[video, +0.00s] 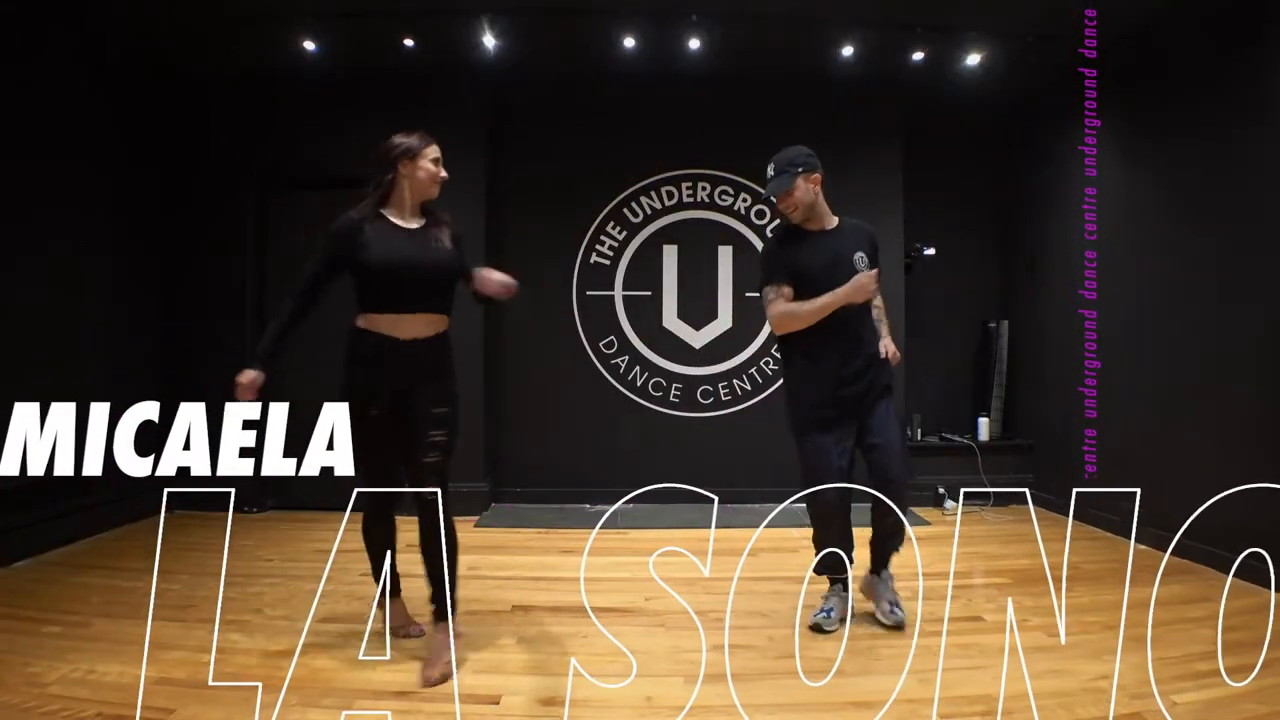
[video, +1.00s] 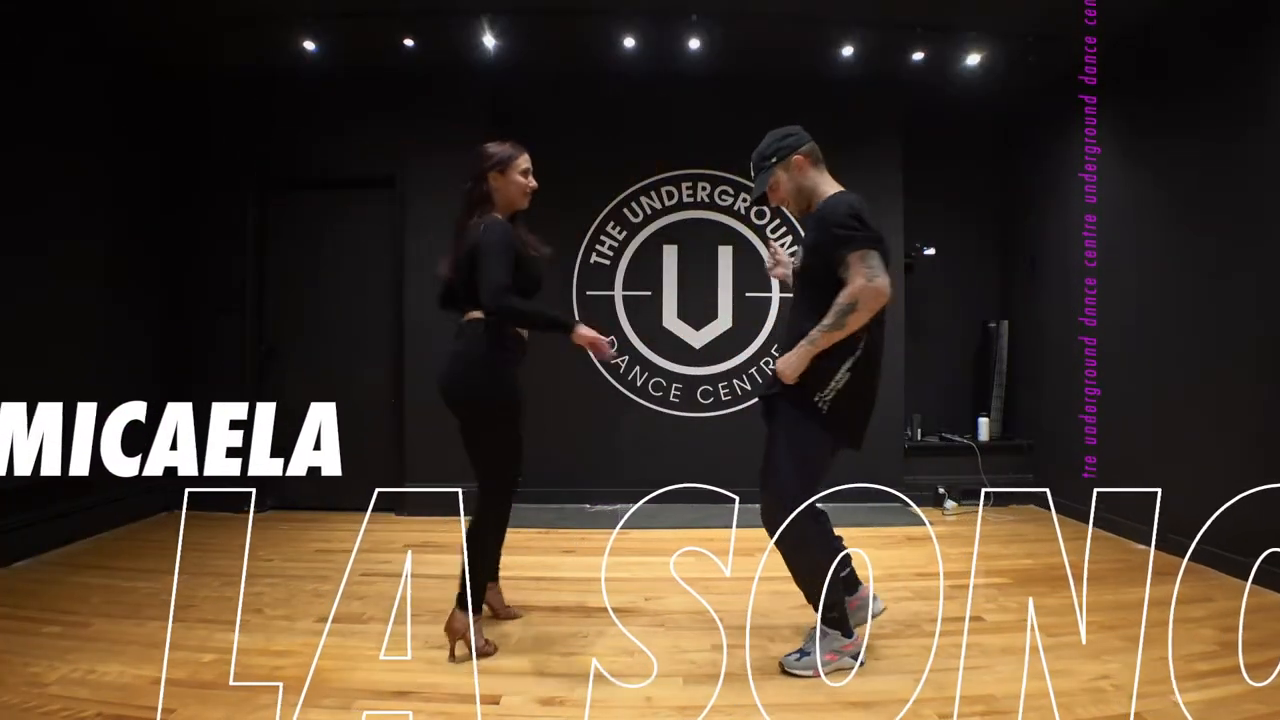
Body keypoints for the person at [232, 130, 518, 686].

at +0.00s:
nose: (443, 171)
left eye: (443, 163)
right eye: (434, 162)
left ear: (428, 171)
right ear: (403, 167)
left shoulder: (445, 230)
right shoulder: (357, 227)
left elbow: (462, 288)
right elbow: (307, 294)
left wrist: (485, 287)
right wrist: (260, 364)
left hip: (432, 364)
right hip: (371, 362)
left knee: (431, 491)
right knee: (376, 490)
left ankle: (445, 624)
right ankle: (391, 597)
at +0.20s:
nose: (395, 157)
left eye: (407, 147)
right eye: (392, 151)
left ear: (440, 157)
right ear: (394, 166)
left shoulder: (449, 218)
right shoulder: (403, 224)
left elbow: (386, 274)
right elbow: (405, 303)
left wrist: (312, 241)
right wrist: (382, 350)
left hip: (437, 363)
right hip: (398, 365)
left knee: (424, 496)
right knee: (378, 495)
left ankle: (443, 630)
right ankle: (446, 594)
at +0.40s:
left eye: (424, 161)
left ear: (413, 173)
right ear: (468, 175)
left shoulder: (392, 223)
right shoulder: (477, 223)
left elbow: (366, 312)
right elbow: (536, 284)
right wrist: (488, 319)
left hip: (409, 354)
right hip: (464, 354)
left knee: (423, 496)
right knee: (426, 485)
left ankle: (439, 638)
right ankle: (442, 617)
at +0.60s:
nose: (499, 183)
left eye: (499, 174)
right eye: (494, 173)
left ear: (449, 173)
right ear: (469, 172)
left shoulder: (410, 224)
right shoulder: (493, 225)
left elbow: (374, 305)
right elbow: (544, 291)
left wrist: (398, 363)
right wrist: (508, 242)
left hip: (418, 360)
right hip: (477, 359)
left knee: (419, 503)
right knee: (495, 493)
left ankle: (423, 634)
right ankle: (471, 611)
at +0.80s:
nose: (516, 184)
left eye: (515, 174)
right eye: (508, 174)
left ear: (477, 180)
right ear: (477, 177)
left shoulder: (444, 228)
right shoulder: (490, 230)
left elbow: (389, 292)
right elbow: (522, 304)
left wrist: (387, 354)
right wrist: (560, 277)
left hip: (444, 355)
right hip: (483, 357)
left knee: (479, 484)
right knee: (489, 486)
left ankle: (425, 590)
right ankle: (468, 617)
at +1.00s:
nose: (533, 183)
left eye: (532, 174)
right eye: (524, 174)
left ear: (502, 184)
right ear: (495, 180)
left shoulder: (483, 229)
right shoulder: (496, 230)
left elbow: (449, 298)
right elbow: (500, 301)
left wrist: (500, 314)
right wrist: (570, 327)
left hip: (475, 363)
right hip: (486, 365)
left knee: (499, 480)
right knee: (498, 485)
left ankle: (488, 582)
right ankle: (464, 611)